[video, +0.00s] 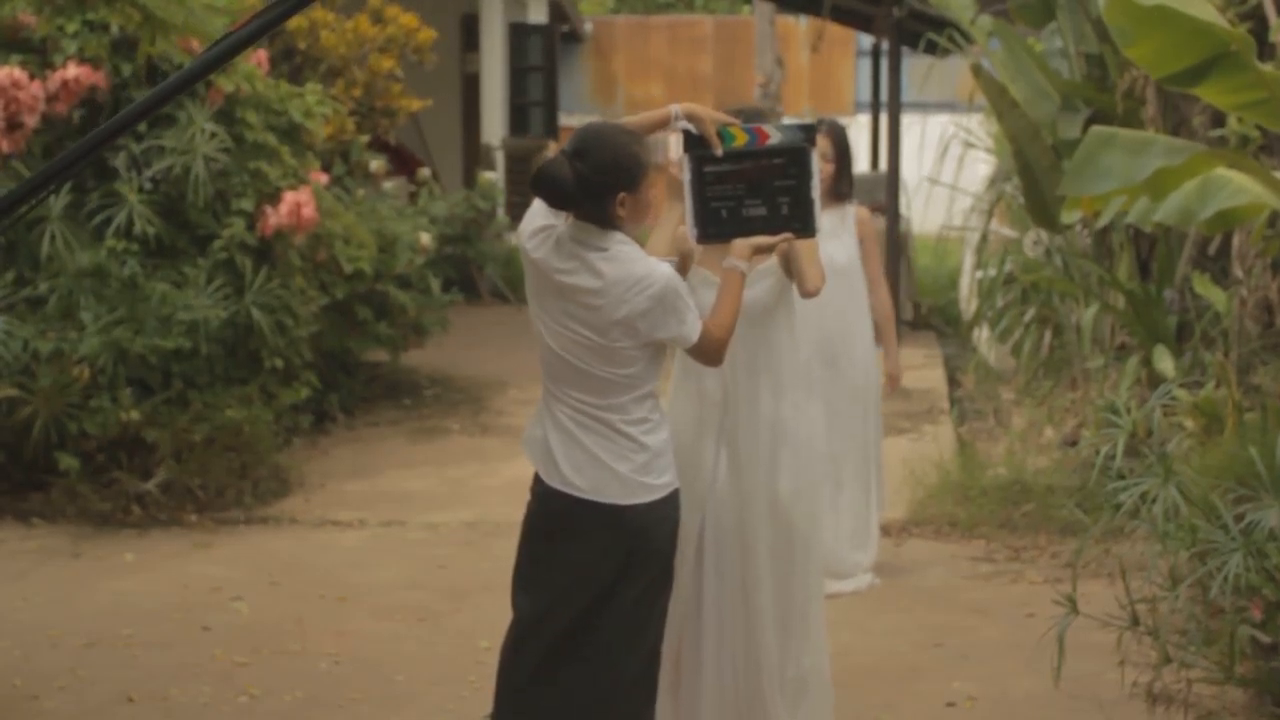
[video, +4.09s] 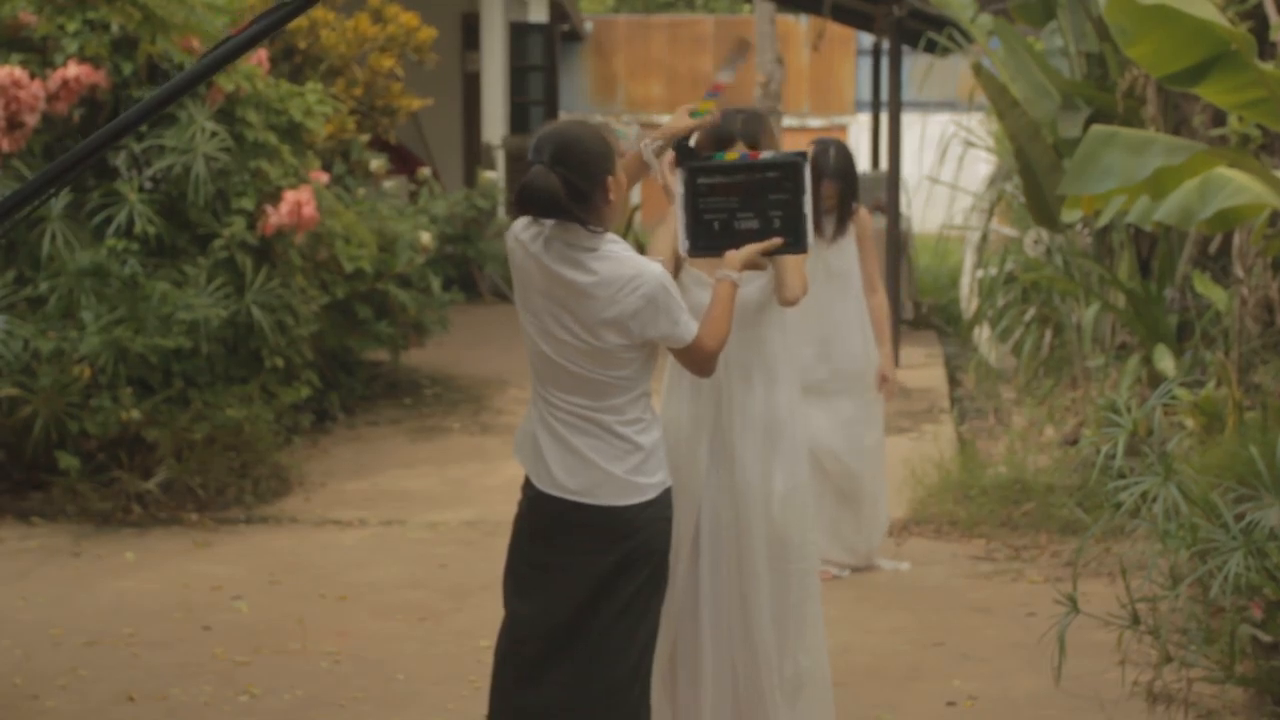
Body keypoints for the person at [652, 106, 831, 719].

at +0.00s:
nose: (745, 169)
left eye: (760, 156)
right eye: (732, 155)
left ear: (780, 165)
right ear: (710, 164)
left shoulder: (787, 228)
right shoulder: (692, 226)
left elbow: (811, 284)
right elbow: (662, 296)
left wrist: (790, 198)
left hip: (771, 422)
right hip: (698, 427)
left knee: (769, 575)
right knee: (699, 578)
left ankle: (772, 703)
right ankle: (696, 706)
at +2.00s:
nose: (744, 168)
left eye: (757, 156)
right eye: (731, 153)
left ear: (778, 164)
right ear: (710, 156)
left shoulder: (786, 218)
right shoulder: (692, 207)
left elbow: (796, 284)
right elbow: (648, 270)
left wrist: (775, 195)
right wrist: (682, 186)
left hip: (767, 418)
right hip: (697, 421)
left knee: (765, 571)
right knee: (698, 572)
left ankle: (770, 703)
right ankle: (698, 704)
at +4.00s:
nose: (726, 174)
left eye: (740, 163)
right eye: (714, 164)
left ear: (758, 168)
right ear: (698, 169)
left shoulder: (775, 223)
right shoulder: (688, 218)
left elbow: (790, 288)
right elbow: (658, 279)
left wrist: (780, 210)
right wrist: (670, 199)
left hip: (762, 421)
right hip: (693, 425)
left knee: (762, 568)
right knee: (695, 570)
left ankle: (768, 701)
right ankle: (695, 703)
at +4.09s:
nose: (731, 182)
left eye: (743, 171)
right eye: (719, 171)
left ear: (763, 168)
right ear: (698, 170)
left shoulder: (778, 222)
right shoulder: (684, 217)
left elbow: (791, 290)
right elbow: (653, 288)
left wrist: (778, 206)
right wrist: (677, 205)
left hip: (765, 421)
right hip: (695, 424)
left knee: (765, 568)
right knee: (697, 569)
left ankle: (770, 702)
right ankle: (697, 703)